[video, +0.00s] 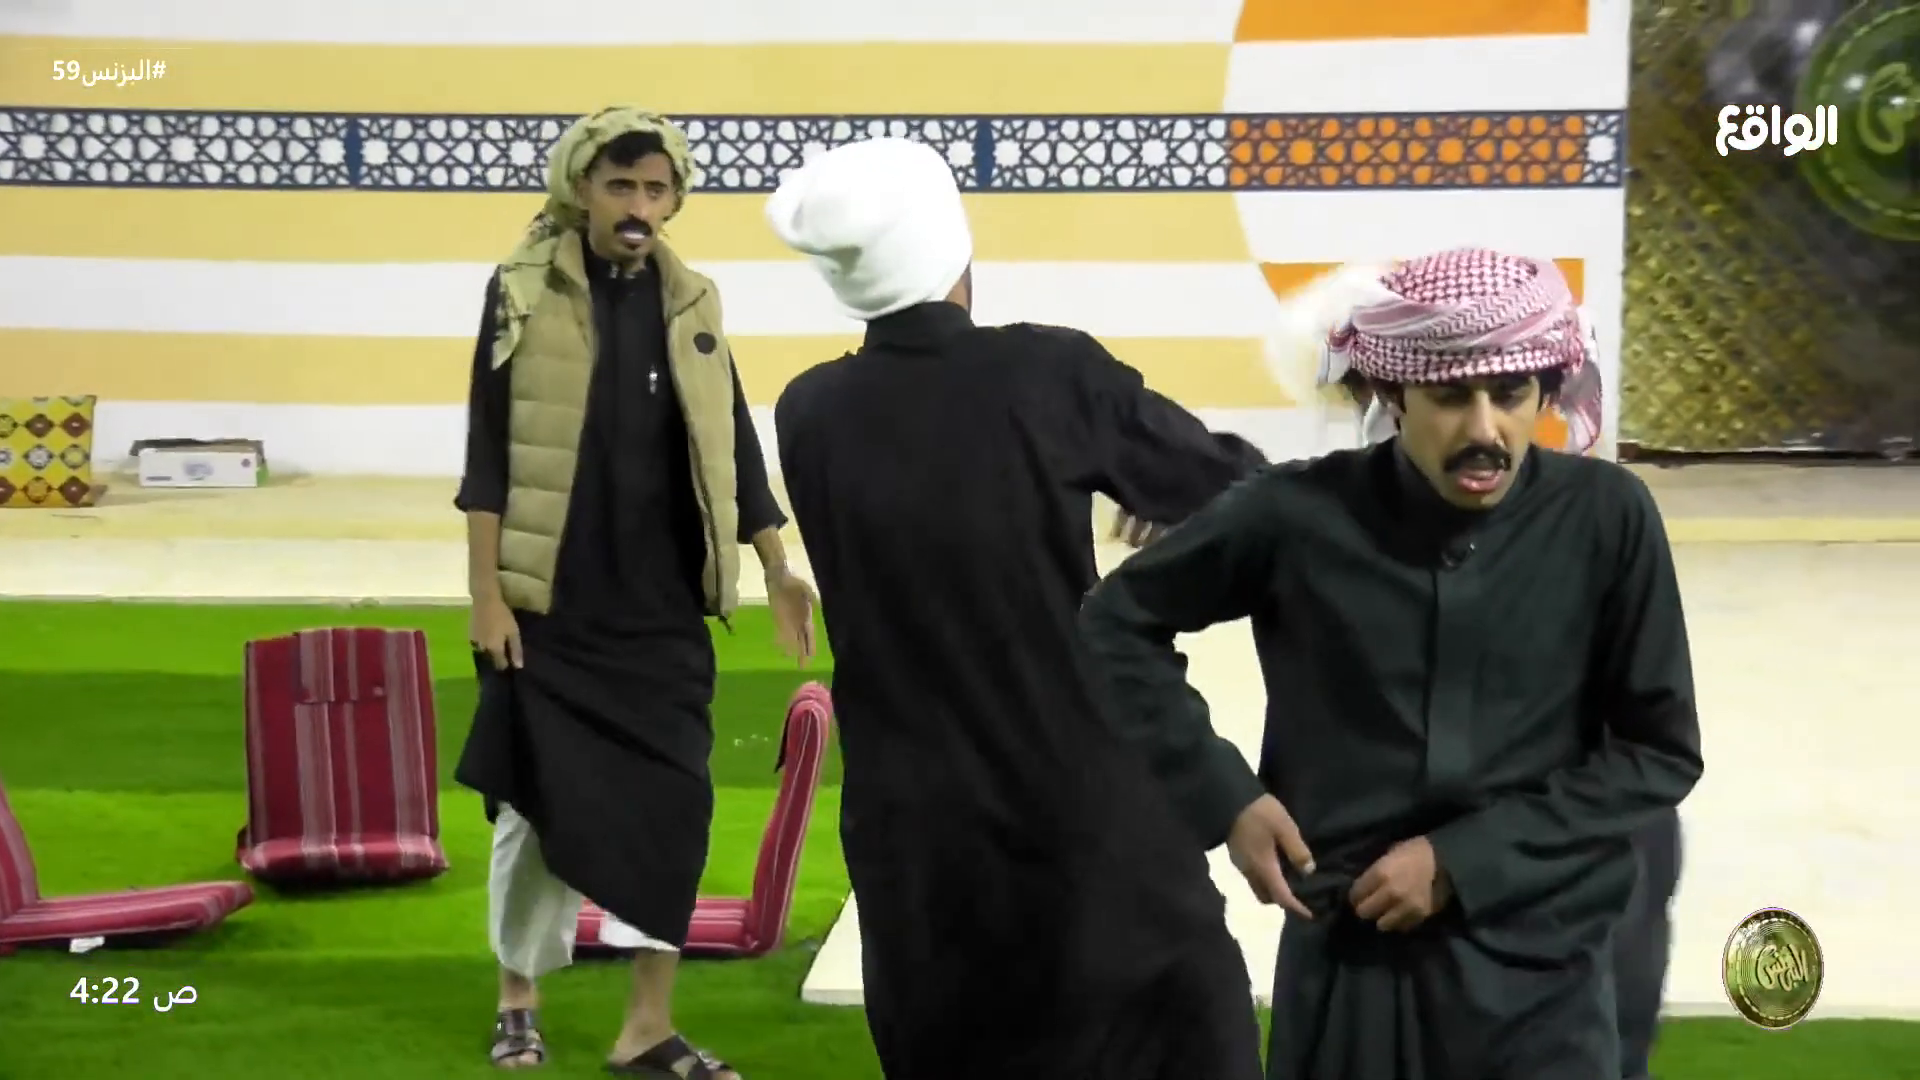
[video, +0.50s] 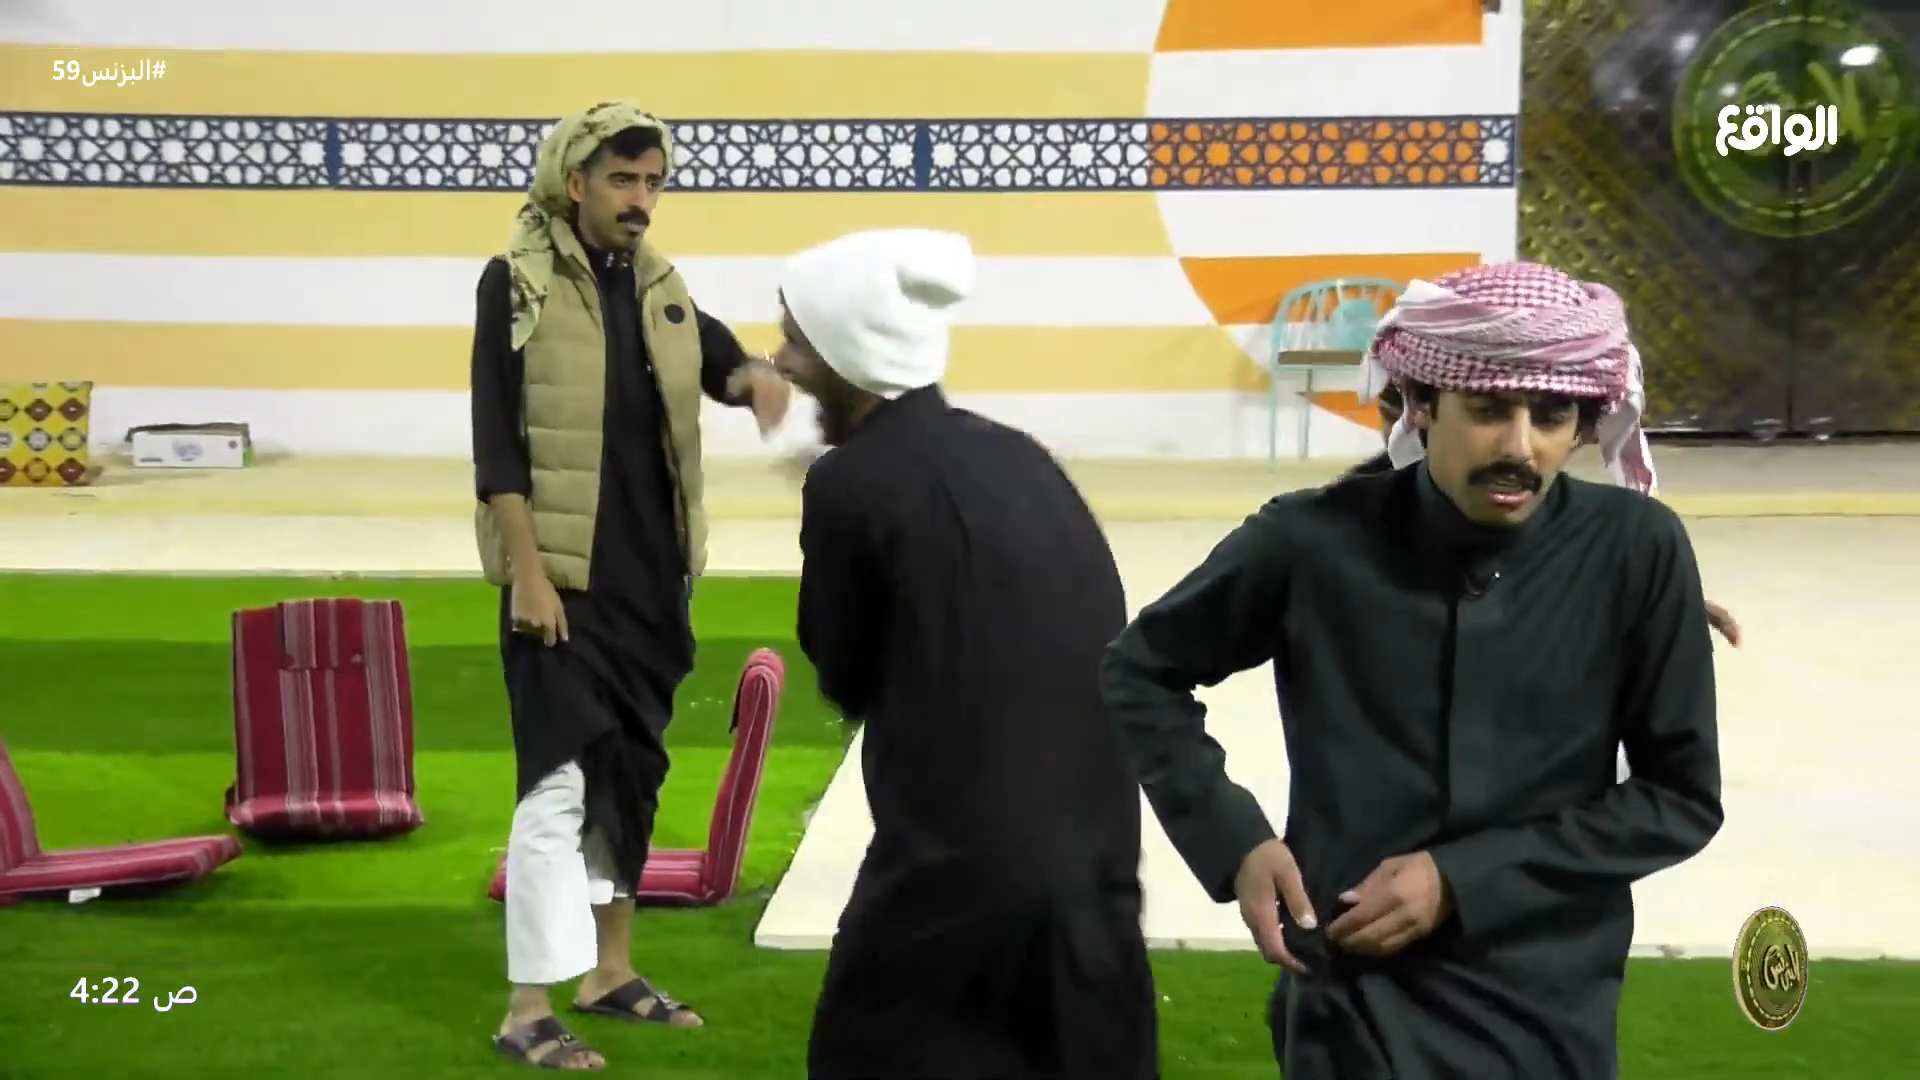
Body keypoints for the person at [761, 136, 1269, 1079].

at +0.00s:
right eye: (963, 237)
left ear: (847, 283)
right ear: (962, 260)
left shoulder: (808, 415)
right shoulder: (1056, 372)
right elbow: (1237, 491)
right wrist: (1167, 528)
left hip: (908, 825)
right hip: (1082, 801)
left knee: (942, 1046)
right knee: (1171, 1037)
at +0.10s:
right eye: (969, 223)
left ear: (853, 269)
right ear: (969, 248)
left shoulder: (815, 407)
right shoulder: (1063, 370)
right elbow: (1246, 467)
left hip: (909, 836)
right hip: (1080, 816)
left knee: (938, 1045)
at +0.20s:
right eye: (984, 226)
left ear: (874, 268)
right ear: (989, 252)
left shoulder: (826, 403)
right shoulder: (1072, 377)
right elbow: (1199, 498)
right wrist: (1147, 369)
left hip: (901, 822)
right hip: (1065, 811)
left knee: (924, 1049)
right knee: (1116, 1047)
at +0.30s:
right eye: (994, 248)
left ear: (882, 280)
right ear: (996, 270)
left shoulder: (838, 422)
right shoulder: (1076, 397)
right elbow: (1129, 545)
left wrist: (1053, 375)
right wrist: (1082, 372)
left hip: (912, 837)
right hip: (1077, 831)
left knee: (916, 1051)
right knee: (1091, 1046)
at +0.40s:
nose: (841, 353)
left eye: (845, 339)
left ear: (860, 361)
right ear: (969, 343)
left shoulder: (844, 481)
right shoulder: (1066, 450)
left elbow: (860, 628)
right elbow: (1100, 600)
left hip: (939, 849)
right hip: (1098, 841)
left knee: (901, 1054)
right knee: (1093, 1052)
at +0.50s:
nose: (781, 358)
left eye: (795, 341)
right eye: (787, 337)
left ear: (840, 364)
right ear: (908, 355)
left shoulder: (849, 481)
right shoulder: (1025, 456)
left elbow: (844, 675)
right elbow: (1099, 625)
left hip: (946, 864)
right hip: (1092, 856)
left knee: (870, 1057)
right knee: (1086, 1059)